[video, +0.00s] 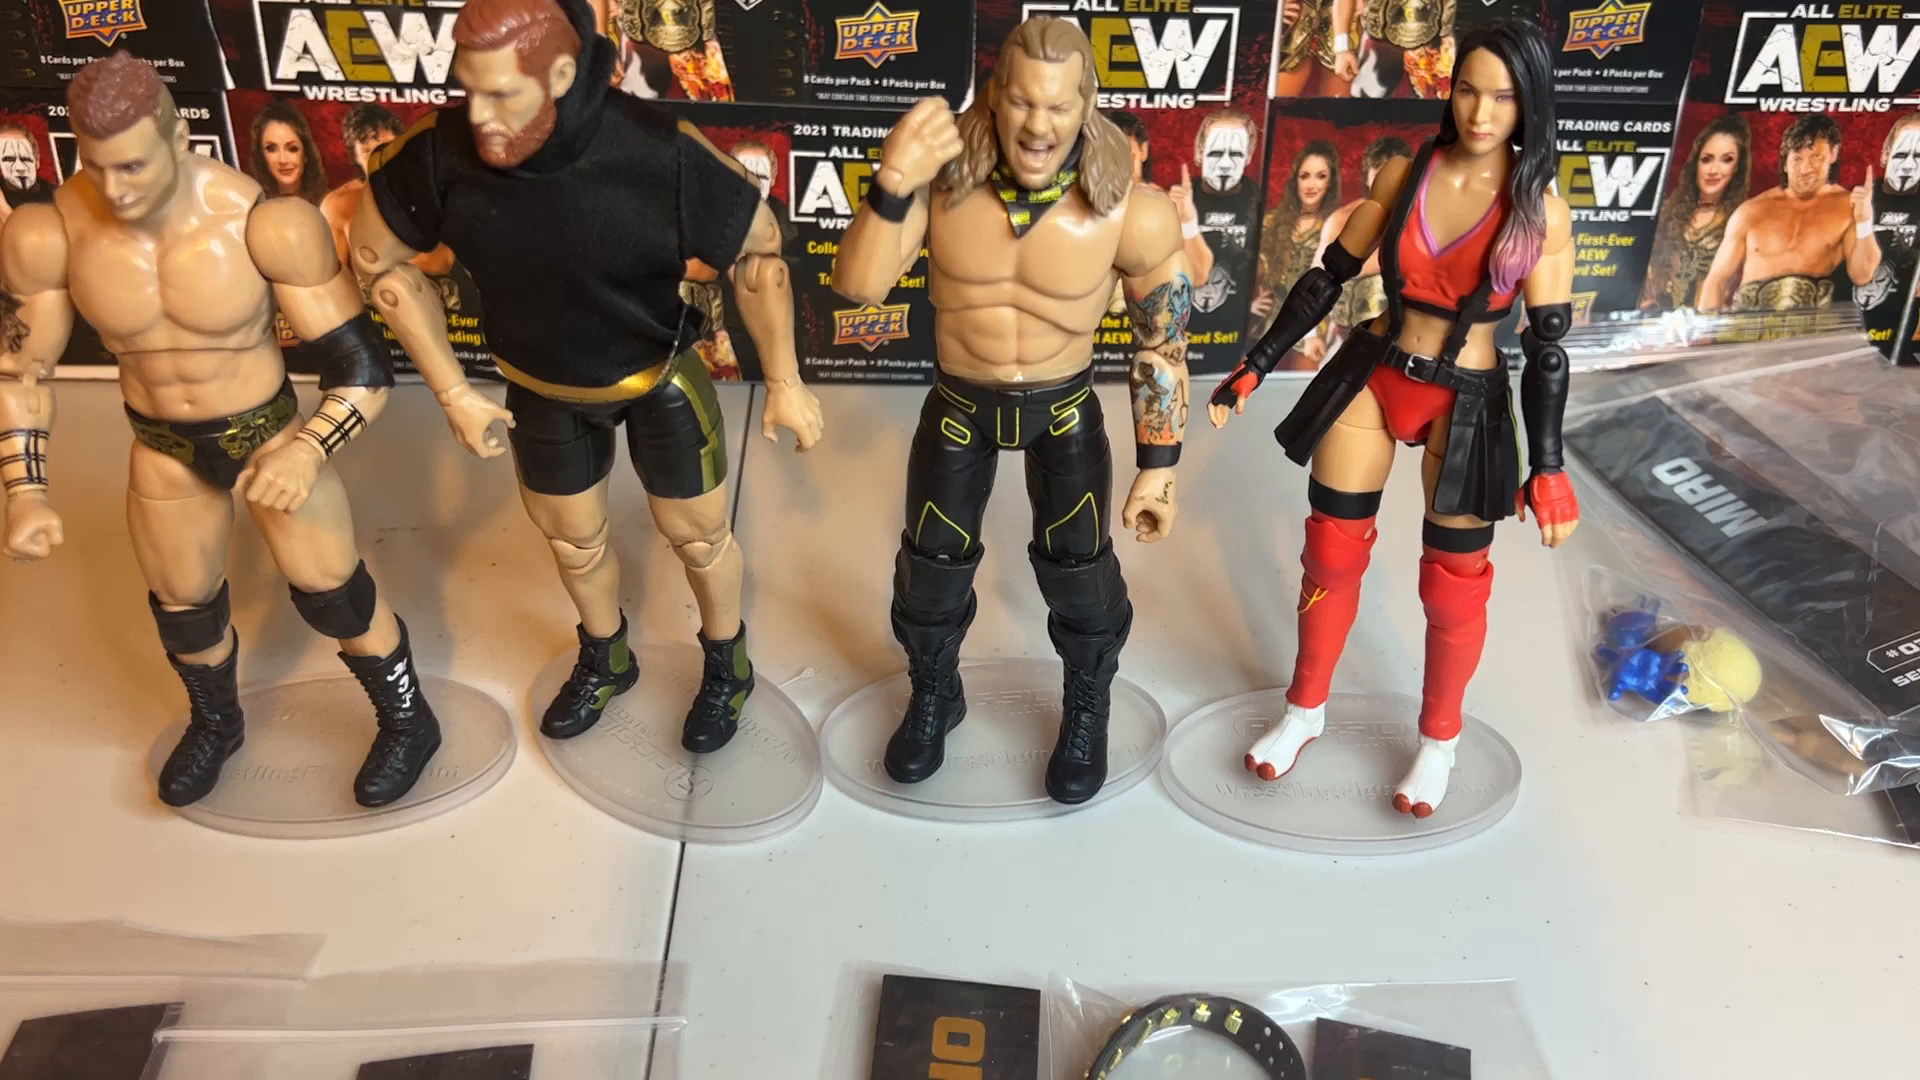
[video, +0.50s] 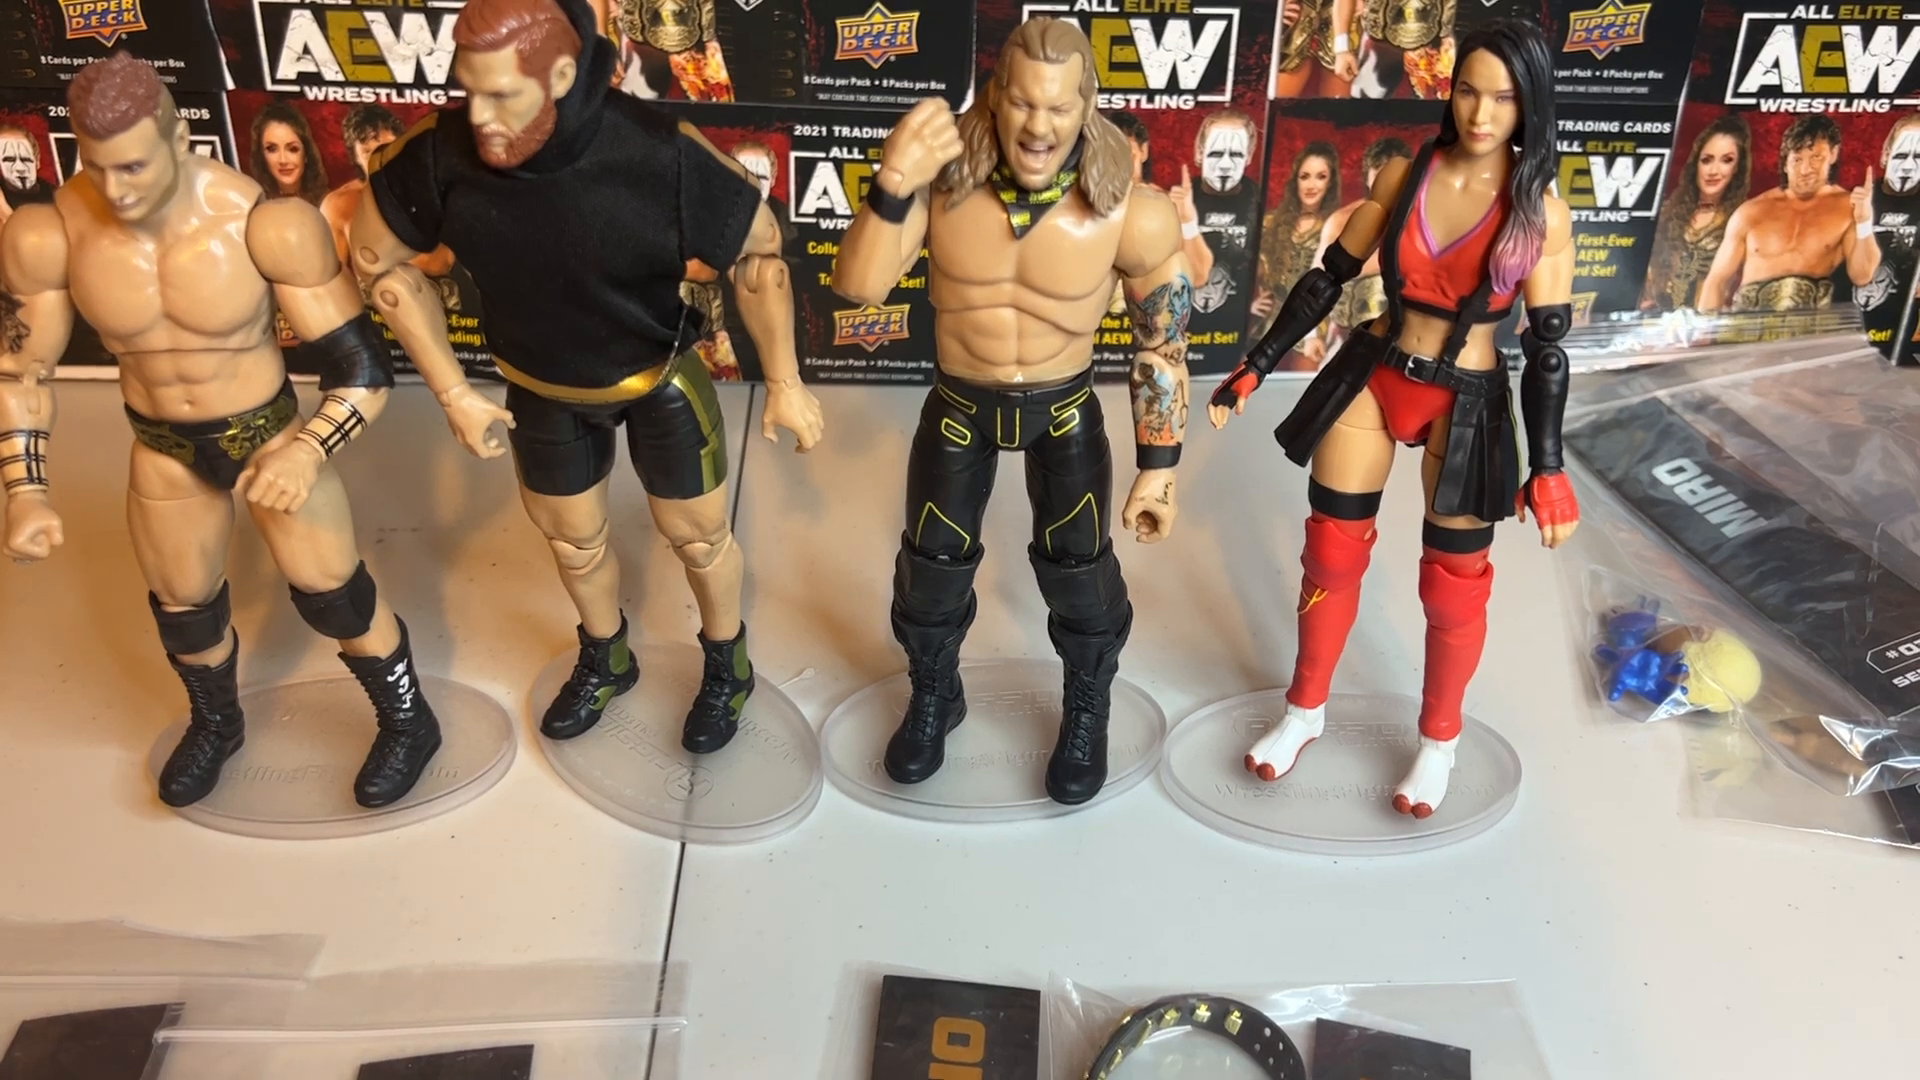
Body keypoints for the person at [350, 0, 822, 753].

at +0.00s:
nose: (480, 117)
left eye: (502, 95)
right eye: (467, 94)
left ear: (563, 76)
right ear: (456, 79)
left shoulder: (652, 151)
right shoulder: (442, 156)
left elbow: (756, 245)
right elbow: (372, 251)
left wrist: (784, 381)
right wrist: (452, 391)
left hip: (661, 380)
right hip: (542, 393)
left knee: (700, 539)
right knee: (575, 545)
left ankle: (725, 666)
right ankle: (606, 660)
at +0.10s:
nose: (481, 120)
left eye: (503, 97)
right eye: (469, 96)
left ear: (563, 78)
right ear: (457, 82)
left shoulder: (653, 156)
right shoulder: (443, 160)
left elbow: (757, 247)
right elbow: (372, 253)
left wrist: (784, 382)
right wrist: (453, 393)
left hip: (661, 384)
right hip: (542, 395)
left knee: (700, 541)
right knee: (575, 547)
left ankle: (726, 667)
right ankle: (607, 661)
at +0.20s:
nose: (480, 118)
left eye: (502, 96)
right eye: (467, 95)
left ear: (563, 76)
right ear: (456, 80)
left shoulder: (652, 153)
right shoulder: (442, 158)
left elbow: (756, 245)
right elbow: (372, 251)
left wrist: (784, 381)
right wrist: (452, 392)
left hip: (661, 381)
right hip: (542, 394)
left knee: (700, 540)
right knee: (575, 545)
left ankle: (726, 666)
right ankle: (606, 660)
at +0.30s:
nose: (481, 119)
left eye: (503, 97)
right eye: (468, 96)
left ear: (564, 76)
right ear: (456, 81)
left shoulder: (653, 155)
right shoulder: (442, 159)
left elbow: (757, 246)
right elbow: (372, 253)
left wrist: (784, 382)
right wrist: (453, 393)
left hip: (661, 381)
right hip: (542, 394)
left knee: (700, 541)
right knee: (575, 546)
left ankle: (726, 667)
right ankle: (607, 660)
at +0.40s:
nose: (481, 119)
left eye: (503, 96)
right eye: (468, 95)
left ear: (564, 77)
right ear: (456, 81)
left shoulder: (653, 155)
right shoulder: (442, 159)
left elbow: (756, 246)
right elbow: (372, 252)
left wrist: (784, 381)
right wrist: (452, 392)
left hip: (661, 382)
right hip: (542, 395)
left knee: (700, 541)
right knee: (575, 546)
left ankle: (726, 667)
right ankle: (607, 661)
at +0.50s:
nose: (480, 118)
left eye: (502, 96)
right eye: (468, 95)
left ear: (563, 76)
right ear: (456, 81)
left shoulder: (653, 153)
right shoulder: (442, 158)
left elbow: (757, 245)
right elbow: (373, 252)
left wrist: (784, 381)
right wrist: (453, 392)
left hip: (661, 381)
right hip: (541, 394)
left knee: (700, 541)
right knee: (575, 546)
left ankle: (726, 666)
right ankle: (607, 660)